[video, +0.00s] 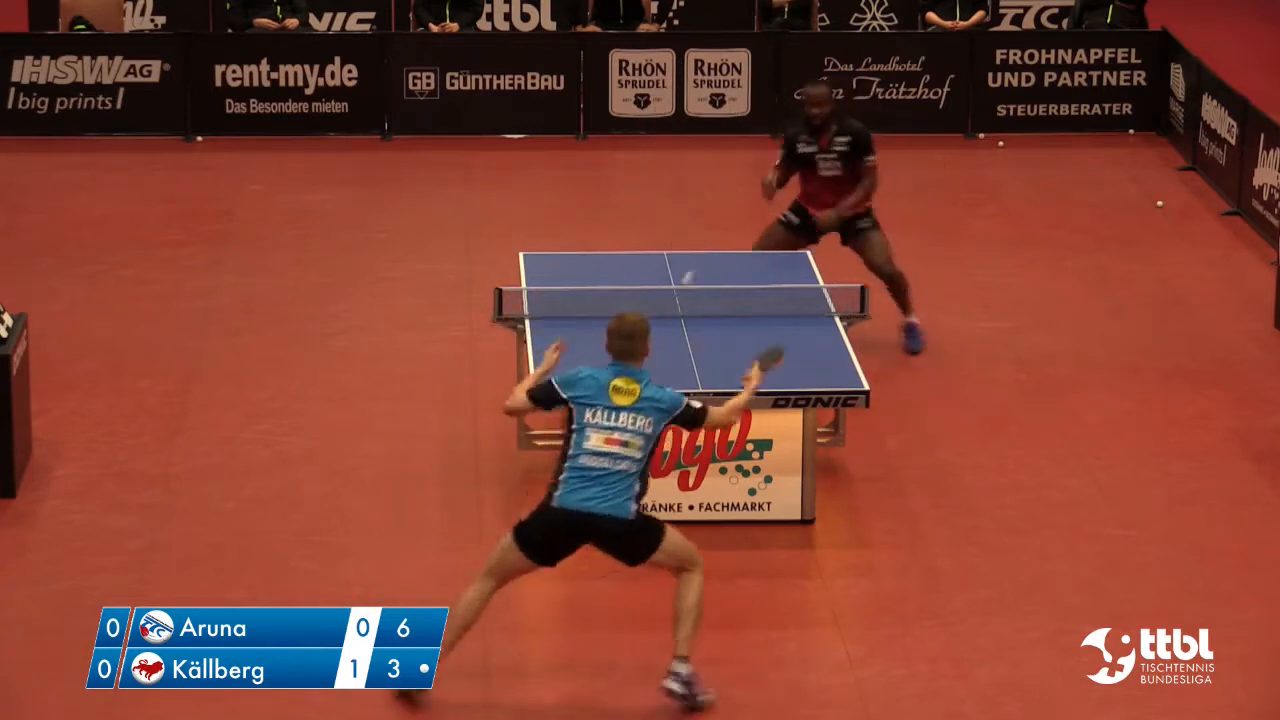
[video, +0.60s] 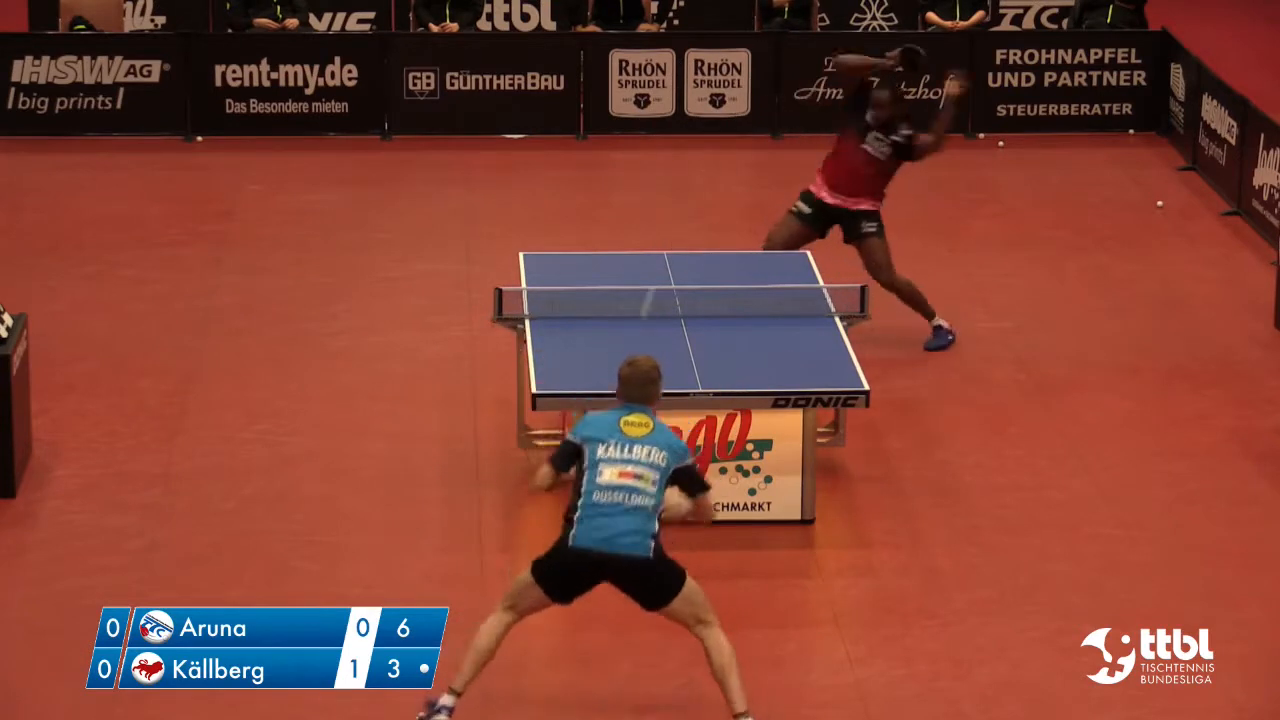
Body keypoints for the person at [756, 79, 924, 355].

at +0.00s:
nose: (815, 111)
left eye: (821, 105)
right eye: (810, 105)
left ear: (833, 104)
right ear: (803, 106)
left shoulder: (855, 133)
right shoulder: (796, 135)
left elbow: (869, 183)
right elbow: (785, 170)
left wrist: (838, 212)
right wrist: (773, 180)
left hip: (853, 213)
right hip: (807, 211)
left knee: (887, 270)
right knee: (760, 255)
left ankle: (910, 320)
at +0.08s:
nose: (786, 121)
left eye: (791, 115)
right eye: (781, 115)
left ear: (804, 114)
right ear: (775, 117)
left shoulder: (819, 137)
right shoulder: (775, 144)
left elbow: (827, 191)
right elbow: (777, 185)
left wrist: (787, 218)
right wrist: (756, 201)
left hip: (838, 219)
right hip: (798, 219)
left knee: (861, 280)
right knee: (753, 252)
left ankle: (901, 324)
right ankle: (751, 319)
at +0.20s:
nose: (760, 137)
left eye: (766, 131)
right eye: (756, 131)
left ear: (780, 127)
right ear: (754, 131)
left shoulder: (790, 153)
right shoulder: (769, 150)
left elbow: (770, 201)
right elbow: (786, 198)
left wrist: (728, 229)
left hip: (823, 233)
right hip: (785, 226)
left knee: (843, 302)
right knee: (731, 252)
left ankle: (913, 309)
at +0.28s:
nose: (767, 133)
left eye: (773, 127)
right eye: (764, 128)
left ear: (787, 124)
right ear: (765, 126)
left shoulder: (792, 148)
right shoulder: (803, 138)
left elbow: (772, 192)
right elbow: (834, 166)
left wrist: (735, 220)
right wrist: (805, 190)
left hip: (827, 236)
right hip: (793, 228)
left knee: (845, 307)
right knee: (740, 252)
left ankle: (918, 315)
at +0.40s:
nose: (800, 106)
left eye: (805, 101)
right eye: (799, 101)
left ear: (823, 100)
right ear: (808, 102)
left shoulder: (842, 128)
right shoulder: (817, 125)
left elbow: (829, 175)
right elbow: (815, 157)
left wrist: (790, 200)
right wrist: (789, 154)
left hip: (844, 219)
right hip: (810, 213)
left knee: (863, 293)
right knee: (763, 262)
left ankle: (931, 317)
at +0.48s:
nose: (835, 103)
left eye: (840, 98)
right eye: (834, 97)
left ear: (859, 99)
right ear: (836, 98)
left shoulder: (877, 134)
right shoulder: (835, 121)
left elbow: (862, 166)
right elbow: (809, 119)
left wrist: (841, 151)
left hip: (854, 213)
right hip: (817, 202)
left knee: (872, 280)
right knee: (763, 249)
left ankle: (933, 317)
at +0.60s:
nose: (875, 112)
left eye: (882, 106)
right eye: (872, 105)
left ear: (897, 107)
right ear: (867, 100)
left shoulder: (903, 139)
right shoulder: (856, 110)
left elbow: (933, 141)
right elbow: (840, 63)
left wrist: (949, 101)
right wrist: (884, 63)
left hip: (861, 211)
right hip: (820, 197)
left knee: (885, 276)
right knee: (773, 247)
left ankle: (937, 324)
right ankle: (773, 318)